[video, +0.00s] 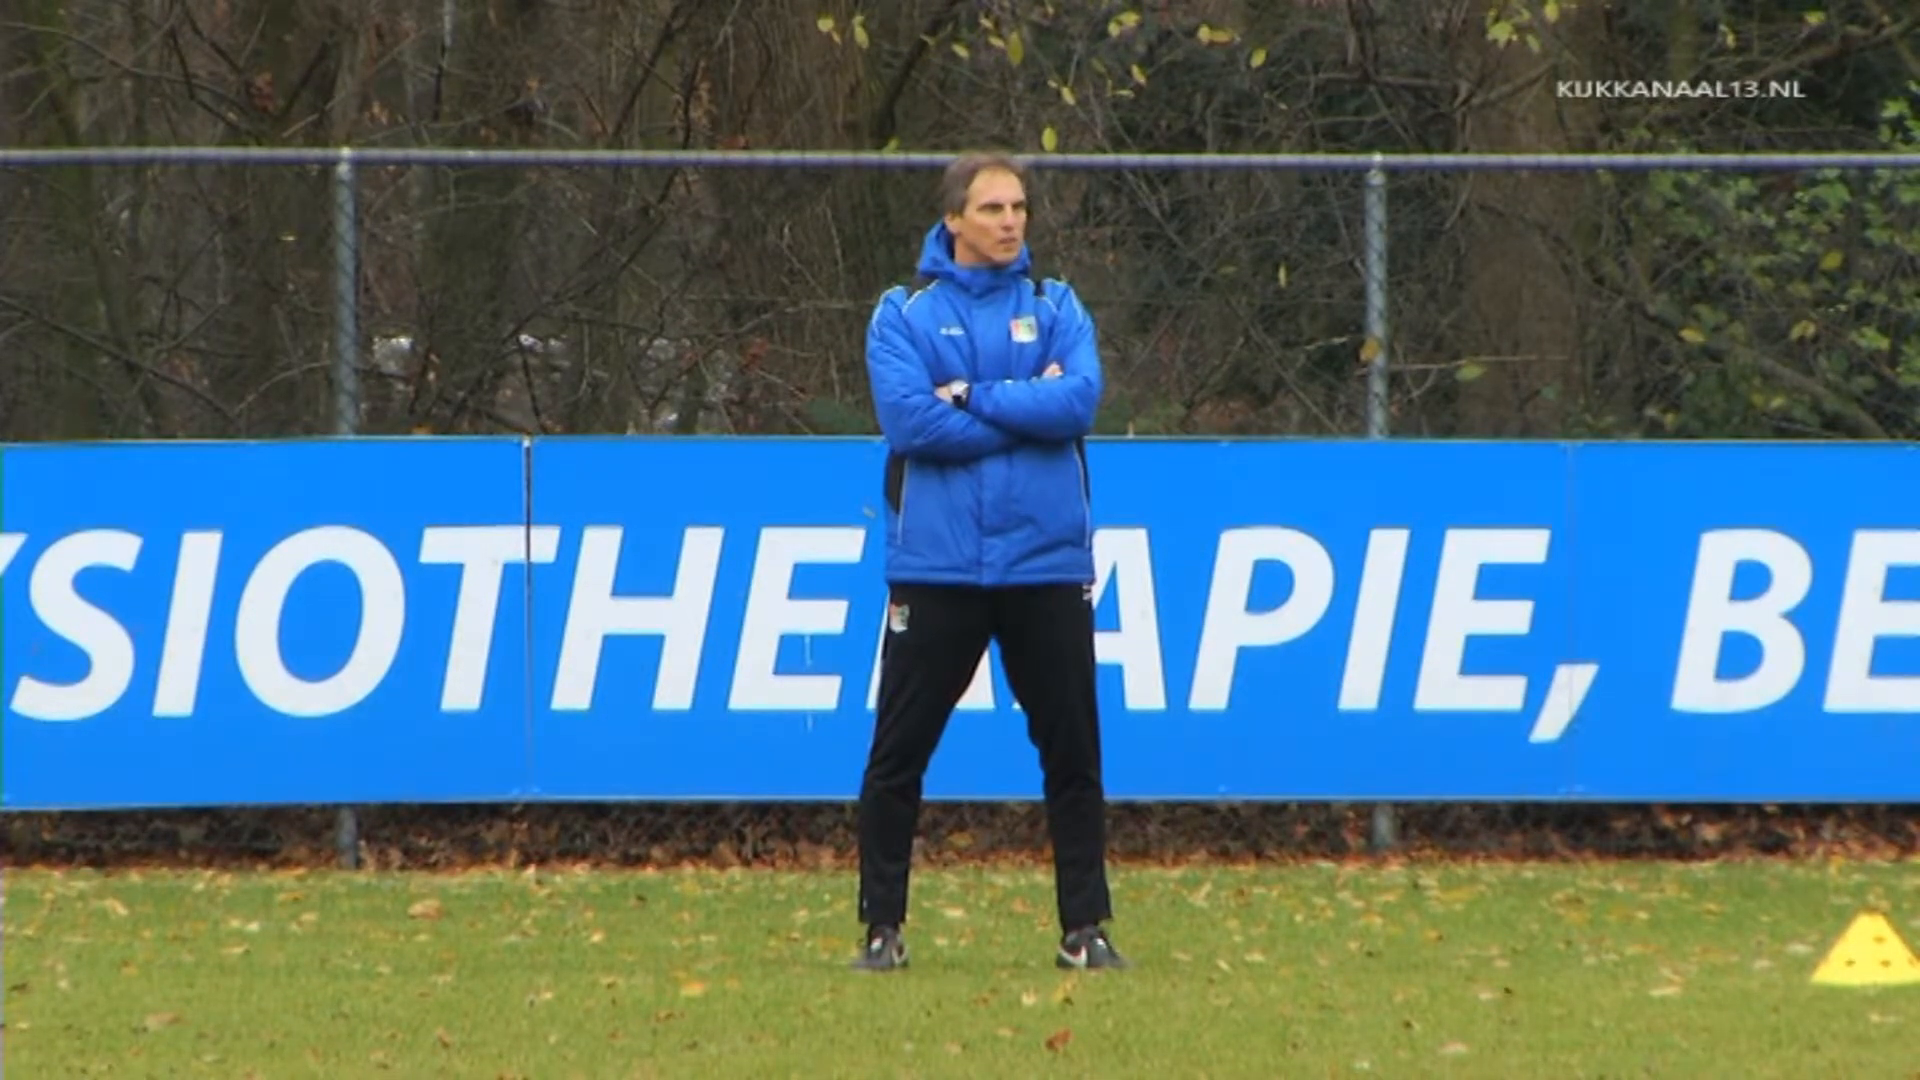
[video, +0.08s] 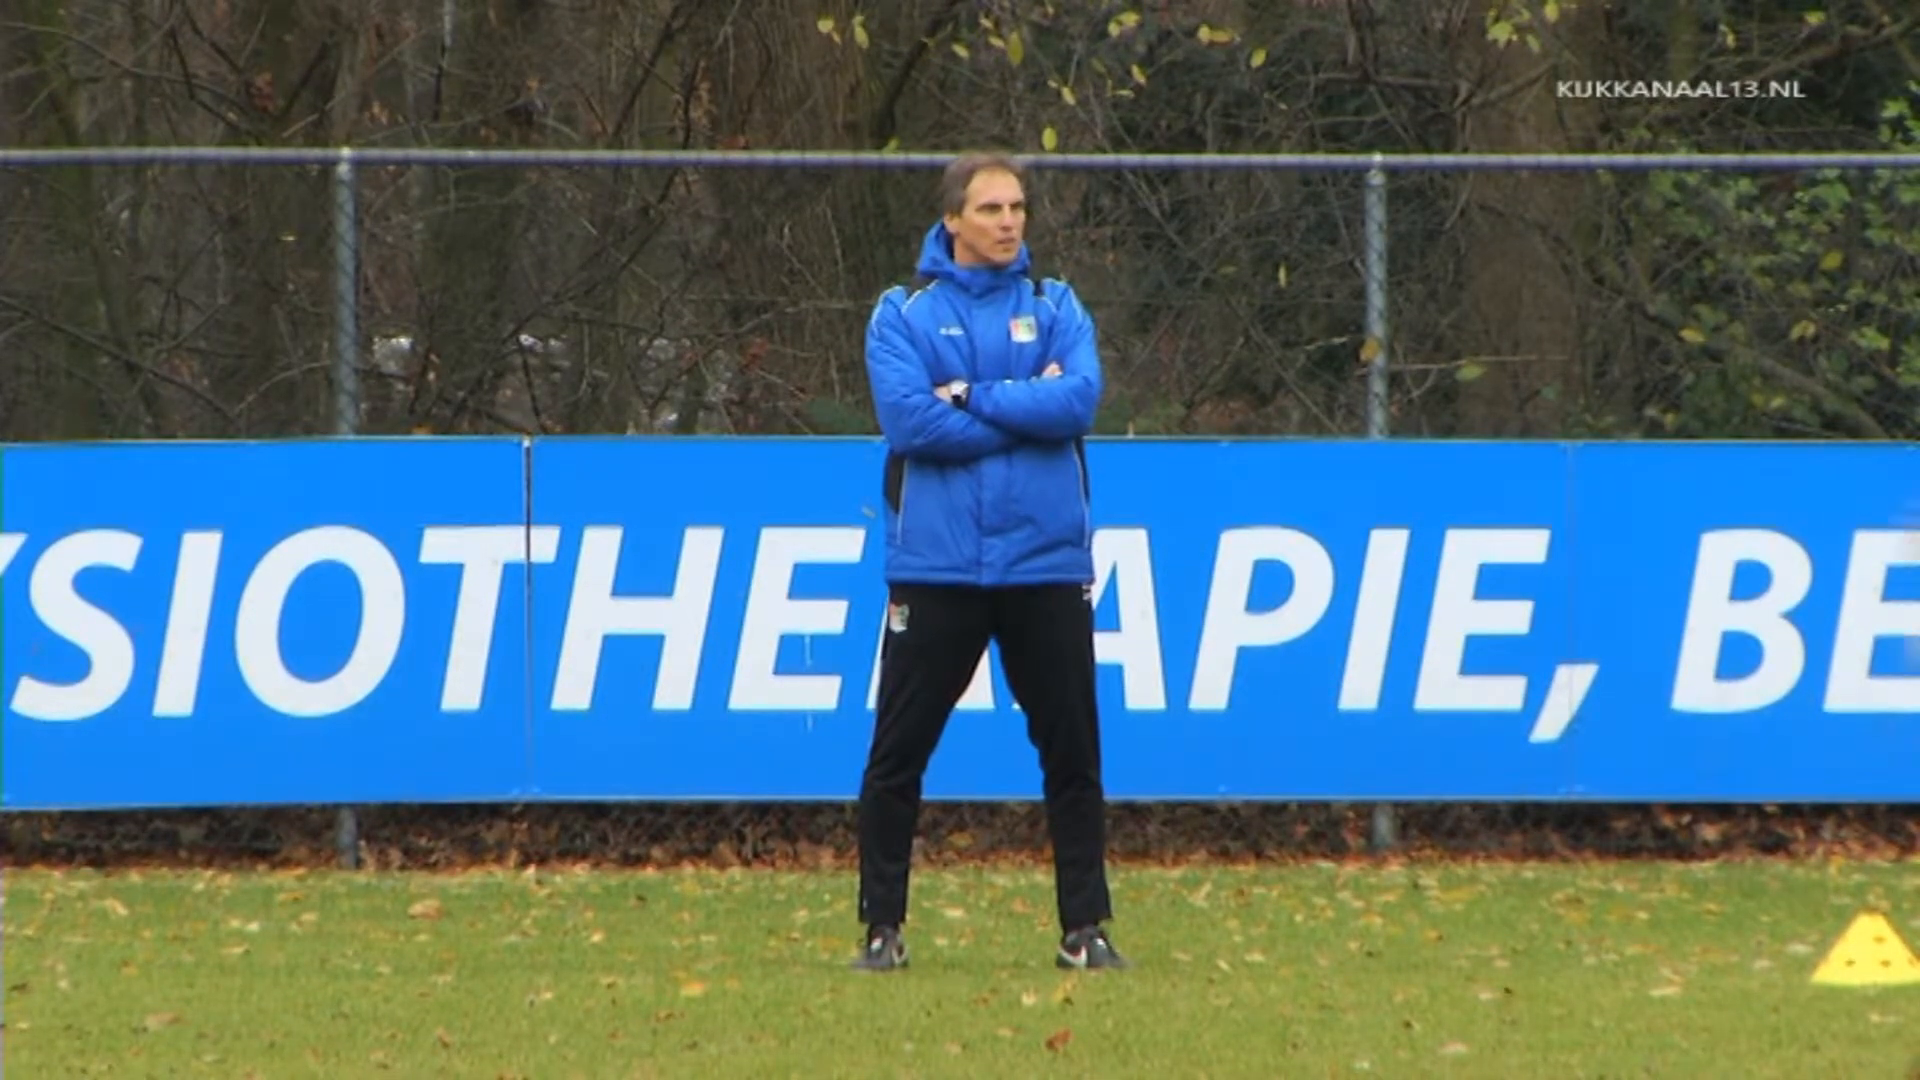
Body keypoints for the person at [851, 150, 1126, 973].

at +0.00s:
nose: (1009, 221)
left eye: (1018, 208)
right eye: (992, 209)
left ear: (1029, 218)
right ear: (954, 221)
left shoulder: (1057, 305)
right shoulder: (902, 313)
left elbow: (1078, 403)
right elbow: (913, 426)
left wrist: (968, 393)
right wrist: (1023, 413)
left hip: (1048, 567)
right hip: (939, 570)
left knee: (1073, 751)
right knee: (900, 752)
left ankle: (1085, 930)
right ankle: (882, 929)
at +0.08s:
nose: (1008, 221)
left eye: (1017, 208)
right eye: (991, 210)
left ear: (1028, 218)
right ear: (953, 222)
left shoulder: (1057, 305)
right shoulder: (901, 313)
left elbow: (1078, 402)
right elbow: (913, 426)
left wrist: (967, 393)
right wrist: (1023, 413)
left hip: (1048, 568)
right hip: (938, 571)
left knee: (1073, 751)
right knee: (900, 752)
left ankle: (1085, 930)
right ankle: (882, 929)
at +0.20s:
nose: (1007, 221)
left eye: (1016, 208)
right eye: (990, 210)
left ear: (1027, 218)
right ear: (952, 222)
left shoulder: (1056, 305)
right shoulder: (900, 312)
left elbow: (1077, 402)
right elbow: (912, 426)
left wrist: (966, 393)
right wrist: (1022, 414)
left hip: (1047, 567)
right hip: (938, 570)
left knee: (1072, 751)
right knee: (899, 752)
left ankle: (1085, 929)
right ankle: (882, 928)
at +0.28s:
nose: (1004, 221)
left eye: (1014, 209)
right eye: (987, 210)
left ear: (1026, 219)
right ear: (951, 221)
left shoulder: (1056, 304)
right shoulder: (900, 312)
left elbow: (1078, 401)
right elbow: (912, 425)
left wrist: (966, 393)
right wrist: (1022, 413)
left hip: (1047, 567)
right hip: (938, 569)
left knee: (1072, 750)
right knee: (899, 752)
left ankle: (1085, 929)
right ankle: (882, 928)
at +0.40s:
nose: (1003, 221)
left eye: (1012, 208)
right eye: (986, 209)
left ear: (1024, 218)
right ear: (950, 221)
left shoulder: (1057, 305)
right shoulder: (899, 312)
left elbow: (1075, 401)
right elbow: (912, 425)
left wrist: (964, 392)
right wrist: (1023, 413)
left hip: (1045, 567)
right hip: (937, 570)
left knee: (1071, 751)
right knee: (899, 753)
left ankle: (1085, 930)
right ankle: (882, 929)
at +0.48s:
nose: (1000, 228)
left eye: (1012, 212)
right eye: (984, 213)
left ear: (1032, 218)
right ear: (951, 221)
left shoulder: (1060, 314)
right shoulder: (905, 318)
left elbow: (1094, 421)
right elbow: (915, 437)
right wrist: (993, 344)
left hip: (1044, 567)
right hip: (940, 570)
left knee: (1070, 742)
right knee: (899, 749)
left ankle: (1085, 927)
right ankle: (883, 926)